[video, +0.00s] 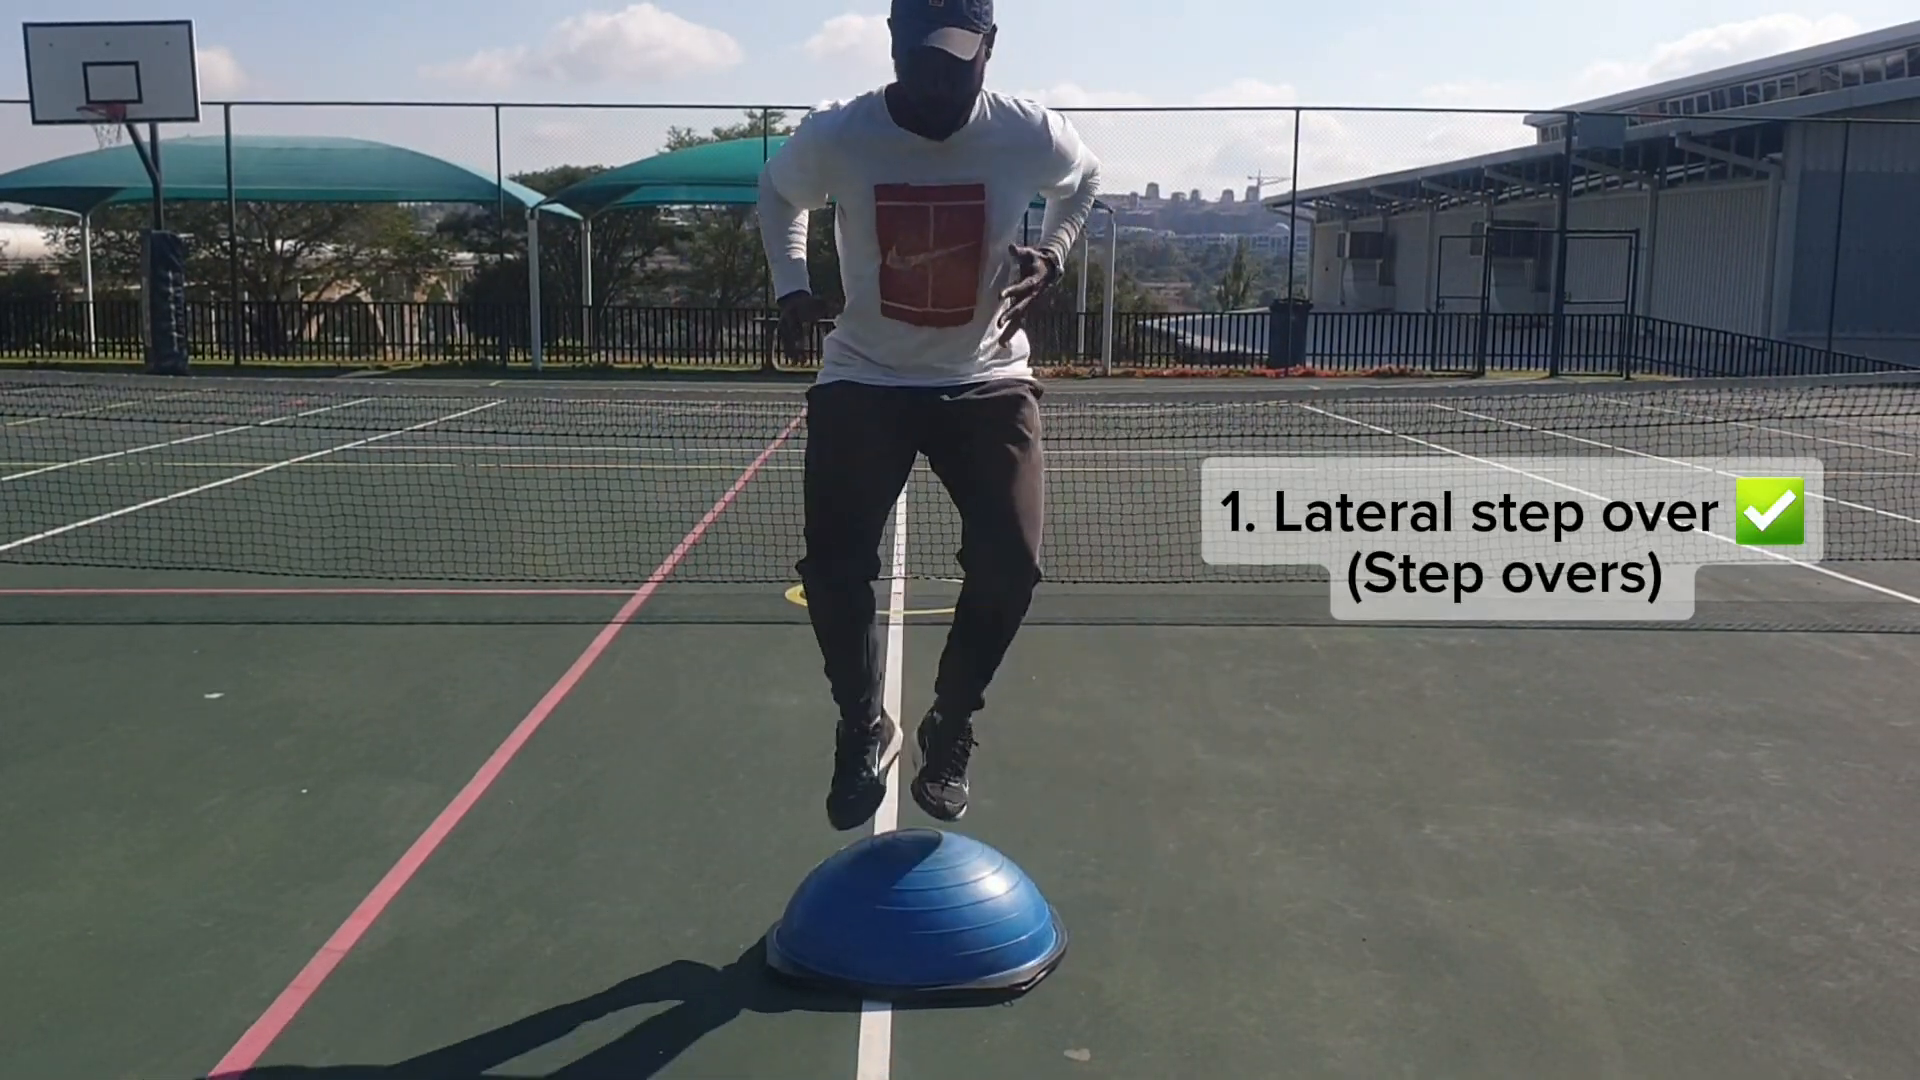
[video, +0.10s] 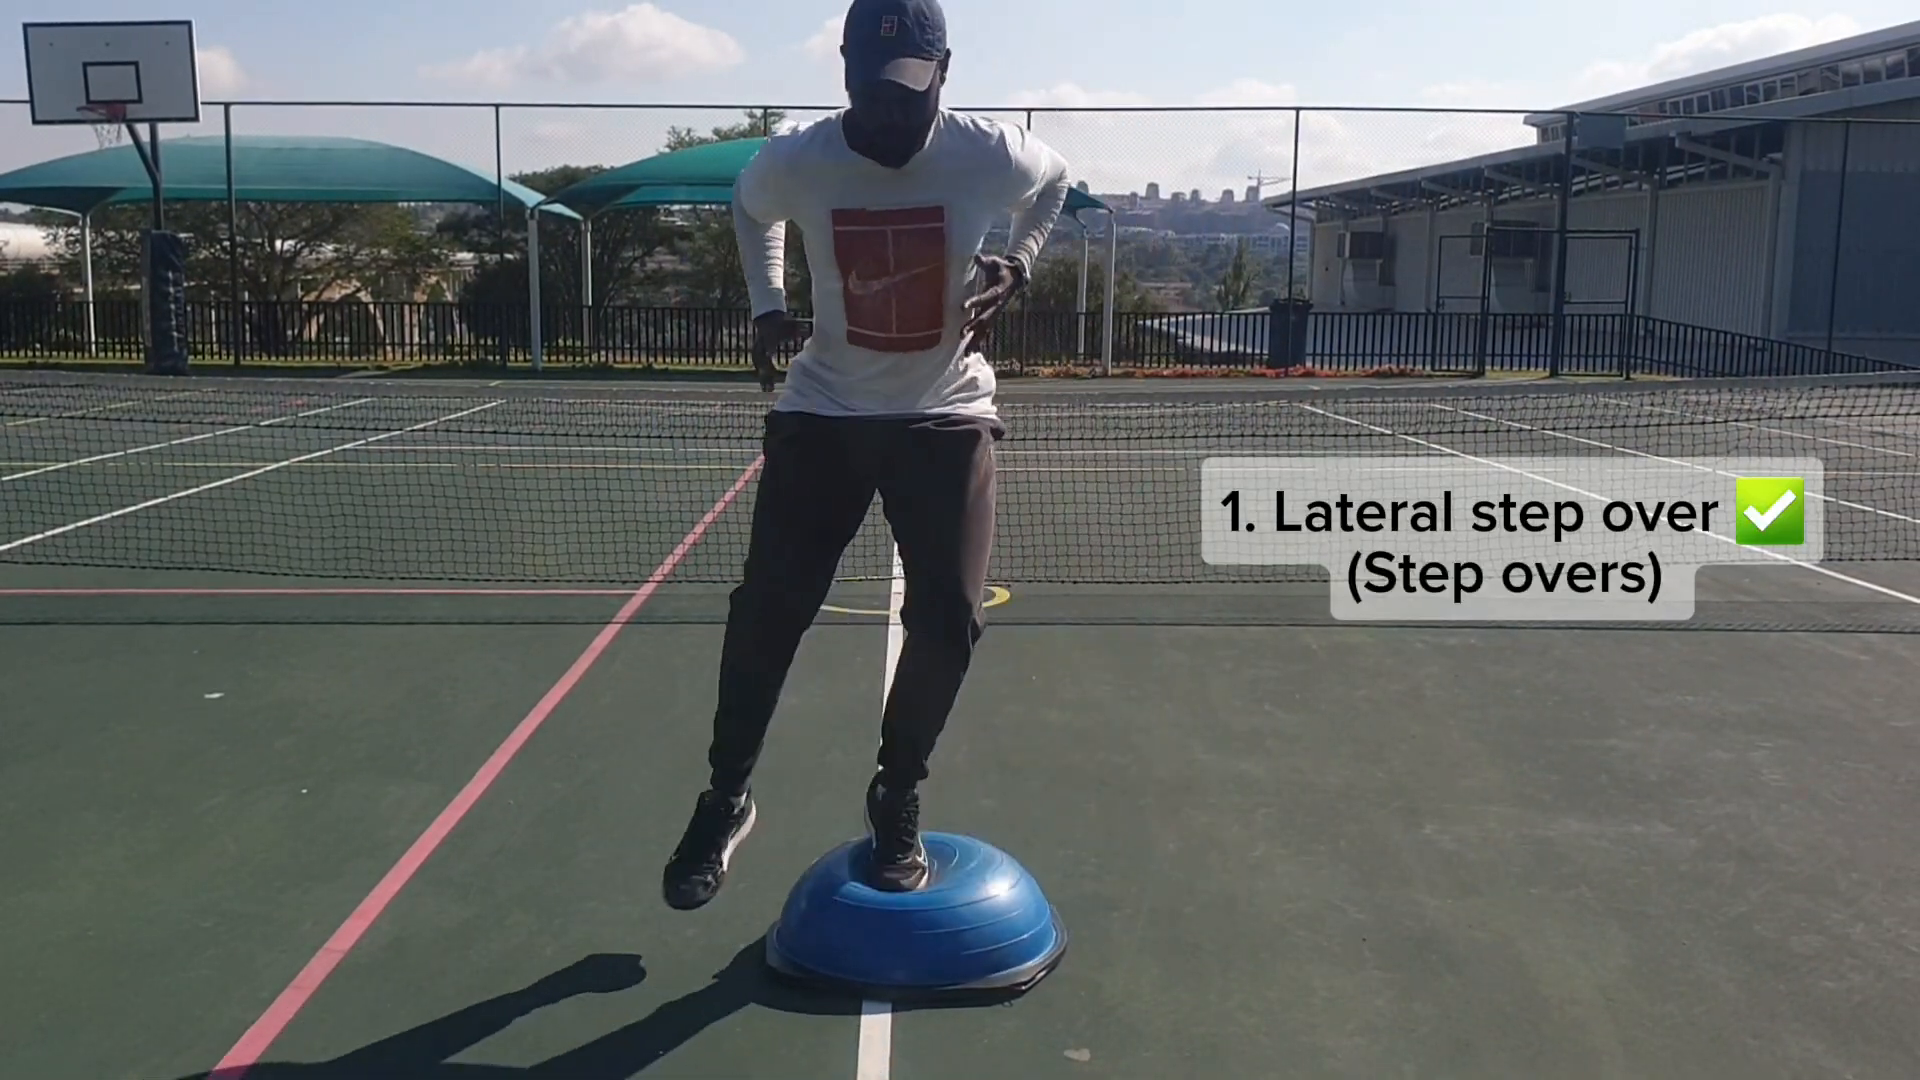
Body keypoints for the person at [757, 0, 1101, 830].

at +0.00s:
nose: (936, 86)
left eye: (954, 68)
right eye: (922, 66)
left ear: (986, 56)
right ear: (895, 50)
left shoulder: (1035, 140)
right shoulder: (833, 139)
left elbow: (1079, 190)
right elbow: (778, 195)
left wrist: (1052, 254)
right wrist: (792, 285)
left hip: (988, 382)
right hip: (864, 379)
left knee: (1012, 561)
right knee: (833, 566)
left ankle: (950, 727)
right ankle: (861, 724)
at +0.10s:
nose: (885, 115)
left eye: (906, 96)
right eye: (870, 93)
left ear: (941, 77)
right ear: (844, 71)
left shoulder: (999, 158)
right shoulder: (793, 164)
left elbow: (1053, 184)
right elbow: (753, 209)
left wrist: (1018, 261)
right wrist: (769, 300)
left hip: (948, 416)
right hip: (823, 413)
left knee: (953, 616)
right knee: (766, 615)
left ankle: (897, 800)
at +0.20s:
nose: (857, 182)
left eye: (874, 162)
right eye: (838, 162)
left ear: (898, 145)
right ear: (803, 148)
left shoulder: (947, 224)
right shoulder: (754, 232)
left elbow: (1024, 263)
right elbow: (753, 304)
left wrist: (980, 335)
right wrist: (759, 377)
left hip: (905, 489)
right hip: (780, 493)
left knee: (939, 665)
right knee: (715, 694)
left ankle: (896, 816)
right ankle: (637, 889)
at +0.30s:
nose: (822, 246)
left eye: (841, 226)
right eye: (803, 226)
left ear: (870, 211)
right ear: (775, 214)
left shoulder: (928, 295)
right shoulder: (734, 292)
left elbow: (996, 369)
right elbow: (719, 386)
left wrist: (949, 433)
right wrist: (712, 474)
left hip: (877, 522)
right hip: (754, 527)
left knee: (928, 666)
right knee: (719, 710)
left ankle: (897, 811)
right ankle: (639, 897)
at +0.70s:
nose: (928, 93)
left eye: (945, 75)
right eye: (911, 74)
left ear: (975, 59)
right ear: (884, 59)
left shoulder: (1027, 141)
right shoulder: (835, 148)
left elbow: (1113, 195)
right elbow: (766, 193)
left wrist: (1085, 260)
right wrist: (754, 289)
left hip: (1013, 391)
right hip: (889, 399)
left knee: (1054, 584)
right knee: (884, 606)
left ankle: (1041, 731)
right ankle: (924, 767)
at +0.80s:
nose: (969, 137)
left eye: (982, 116)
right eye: (949, 117)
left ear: (1002, 106)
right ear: (907, 108)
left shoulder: (1053, 195)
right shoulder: (854, 193)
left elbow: (1133, 252)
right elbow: (808, 232)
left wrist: (1106, 327)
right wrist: (820, 327)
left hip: (1048, 451)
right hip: (925, 456)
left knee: (1101, 650)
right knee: (913, 652)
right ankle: (936, 803)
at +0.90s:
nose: (981, 227)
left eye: (997, 207)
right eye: (963, 207)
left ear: (1023, 194)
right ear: (933, 198)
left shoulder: (1080, 280)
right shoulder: (887, 284)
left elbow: (1159, 360)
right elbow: (875, 349)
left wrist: (1125, 432)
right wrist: (899, 409)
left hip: (1069, 515)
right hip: (948, 508)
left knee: (1143, 704)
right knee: (892, 661)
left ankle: (1180, 853)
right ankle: (933, 789)